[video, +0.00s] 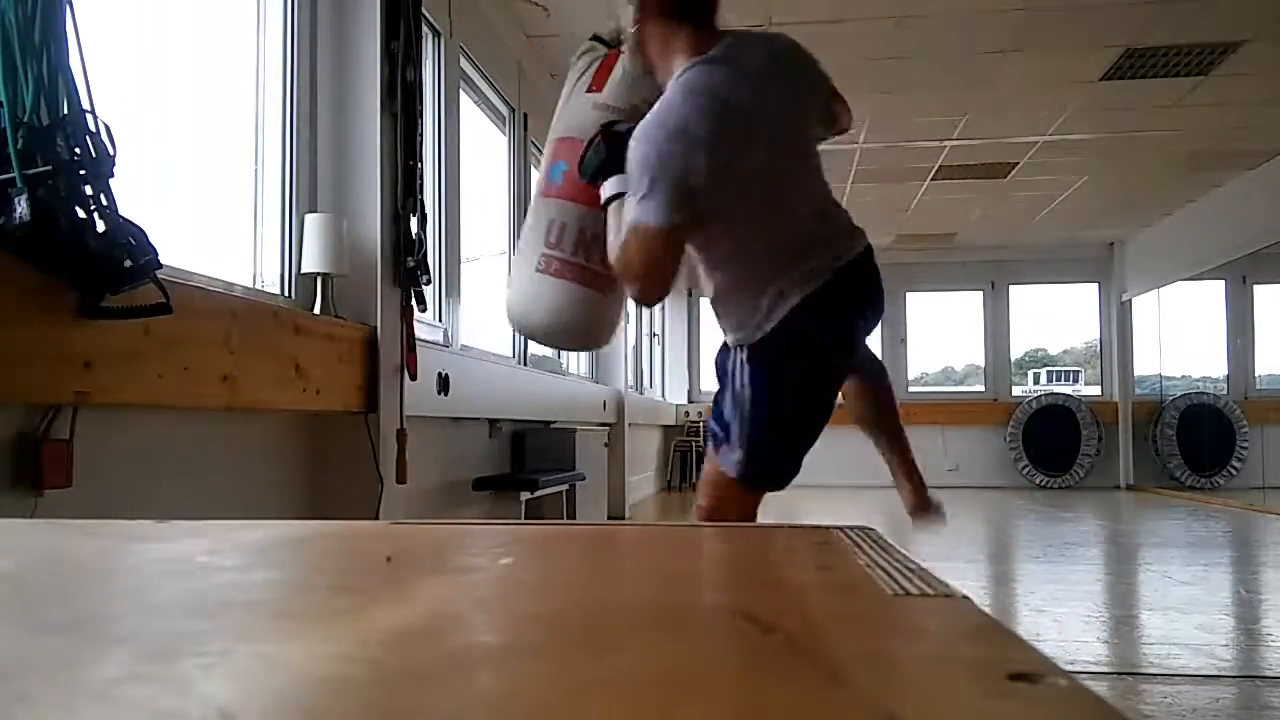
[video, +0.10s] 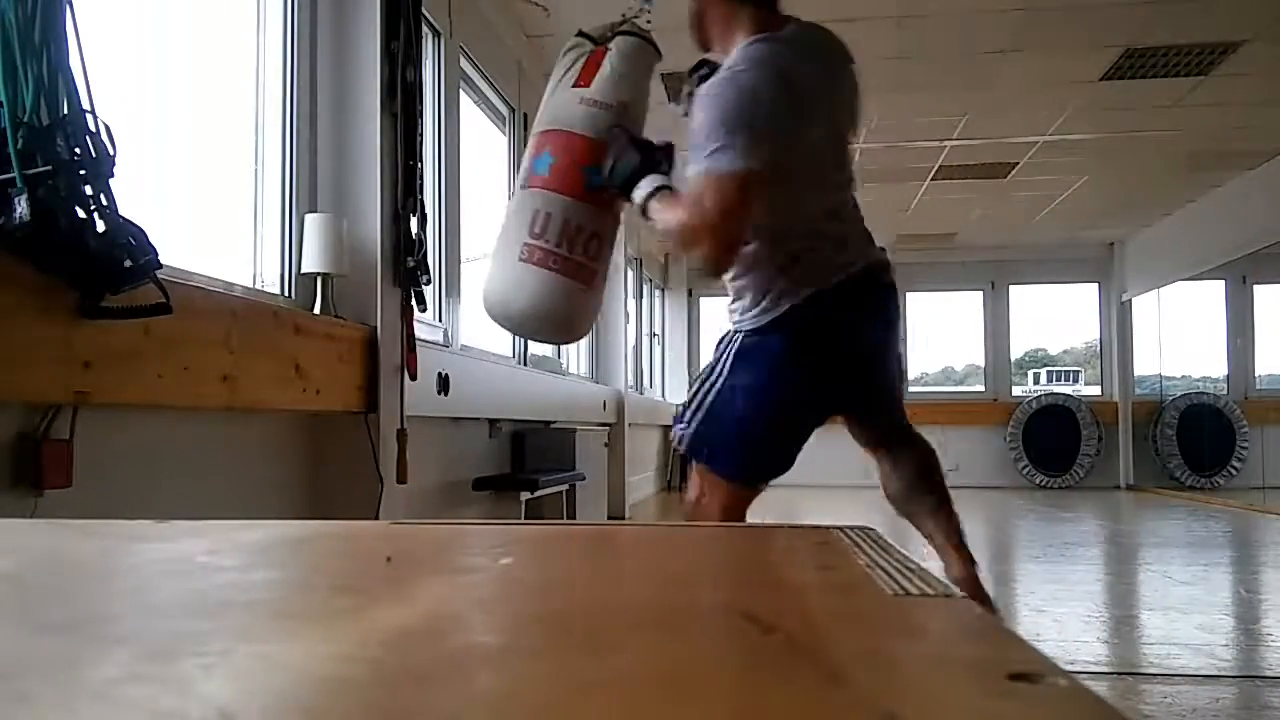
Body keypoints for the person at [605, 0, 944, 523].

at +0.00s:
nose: (633, 35)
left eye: (635, 20)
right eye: (635, 21)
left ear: (651, 19)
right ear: (708, 12)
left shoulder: (666, 133)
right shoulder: (773, 52)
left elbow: (645, 282)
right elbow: (835, 117)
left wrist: (612, 187)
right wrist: (755, 138)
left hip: (777, 332)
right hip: (853, 277)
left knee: (722, 510)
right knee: (850, 355)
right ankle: (915, 493)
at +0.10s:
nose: (689, 14)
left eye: (694, 3)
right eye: (693, 4)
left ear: (712, 7)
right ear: (769, 1)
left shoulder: (732, 90)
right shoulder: (824, 50)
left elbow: (707, 239)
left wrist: (643, 181)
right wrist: (710, 88)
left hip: (783, 325)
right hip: (864, 296)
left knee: (710, 506)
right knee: (888, 435)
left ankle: (709, 670)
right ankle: (965, 575)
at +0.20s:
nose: (752, 9)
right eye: (756, 0)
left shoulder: (807, 58)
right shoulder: (875, 54)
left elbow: (811, 198)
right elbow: (851, 167)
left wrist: (706, 206)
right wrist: (761, 114)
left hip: (809, 322)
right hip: (886, 312)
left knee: (723, 511)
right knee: (927, 491)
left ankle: (716, 692)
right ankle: (1049, 644)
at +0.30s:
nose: (824, 18)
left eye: (829, 8)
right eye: (829, 10)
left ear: (850, 1)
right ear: (901, 2)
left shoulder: (880, 48)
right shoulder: (950, 61)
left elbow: (909, 168)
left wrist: (797, 205)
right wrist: (813, 167)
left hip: (859, 325)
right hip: (943, 324)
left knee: (767, 528)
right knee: (994, 525)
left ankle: (741, 700)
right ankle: (1094, 695)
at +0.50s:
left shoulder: (938, 1)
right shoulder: (1090, 27)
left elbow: (847, 109)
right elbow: (1068, 156)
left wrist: (802, 115)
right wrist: (932, 121)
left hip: (963, 284)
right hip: (1075, 286)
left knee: (847, 498)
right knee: (1089, 530)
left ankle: (870, 703)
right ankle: (1132, 716)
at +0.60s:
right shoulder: (1125, 6)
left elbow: (846, 103)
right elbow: (1144, 141)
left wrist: (826, 81)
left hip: (995, 234)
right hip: (1113, 232)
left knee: (897, 485)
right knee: (1118, 500)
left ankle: (978, 694)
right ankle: (1137, 714)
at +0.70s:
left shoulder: (960, 2)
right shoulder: (1158, 8)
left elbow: (870, 151)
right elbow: (1218, 149)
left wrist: (876, 92)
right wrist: (1105, 149)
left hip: (1015, 273)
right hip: (1140, 272)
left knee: (942, 520)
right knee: (1174, 520)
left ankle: (1044, 707)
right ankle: (1219, 710)